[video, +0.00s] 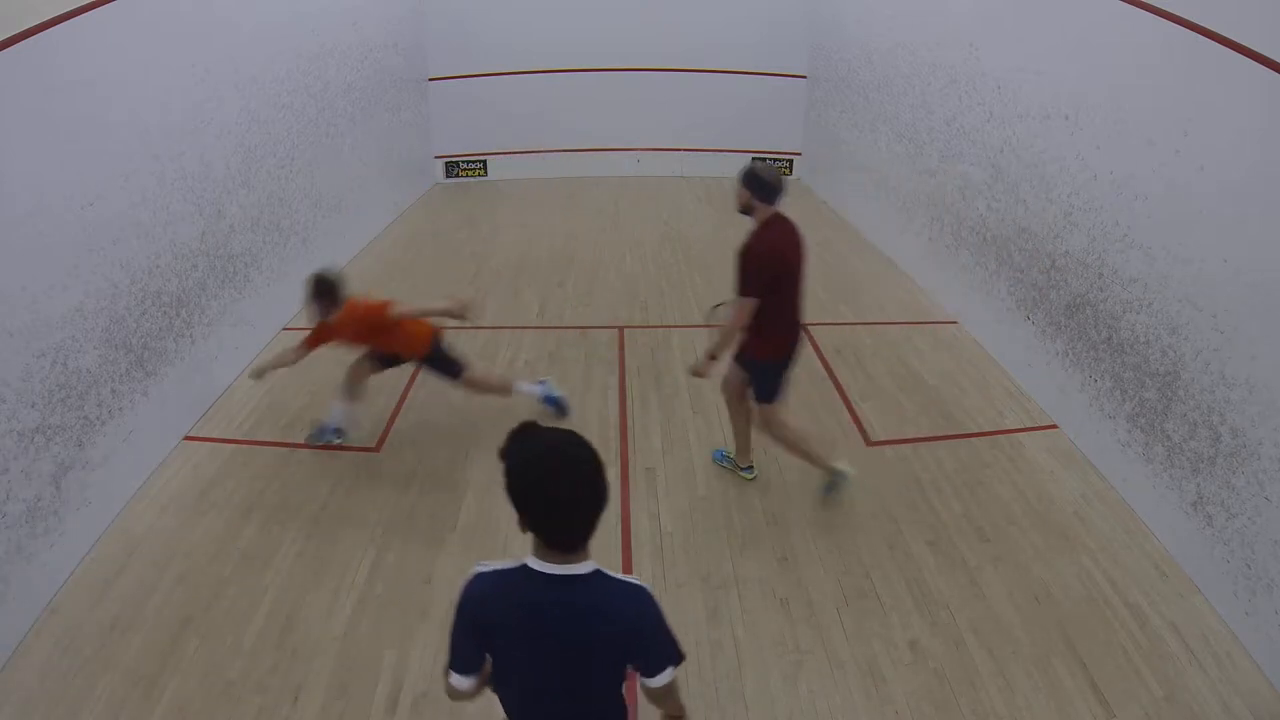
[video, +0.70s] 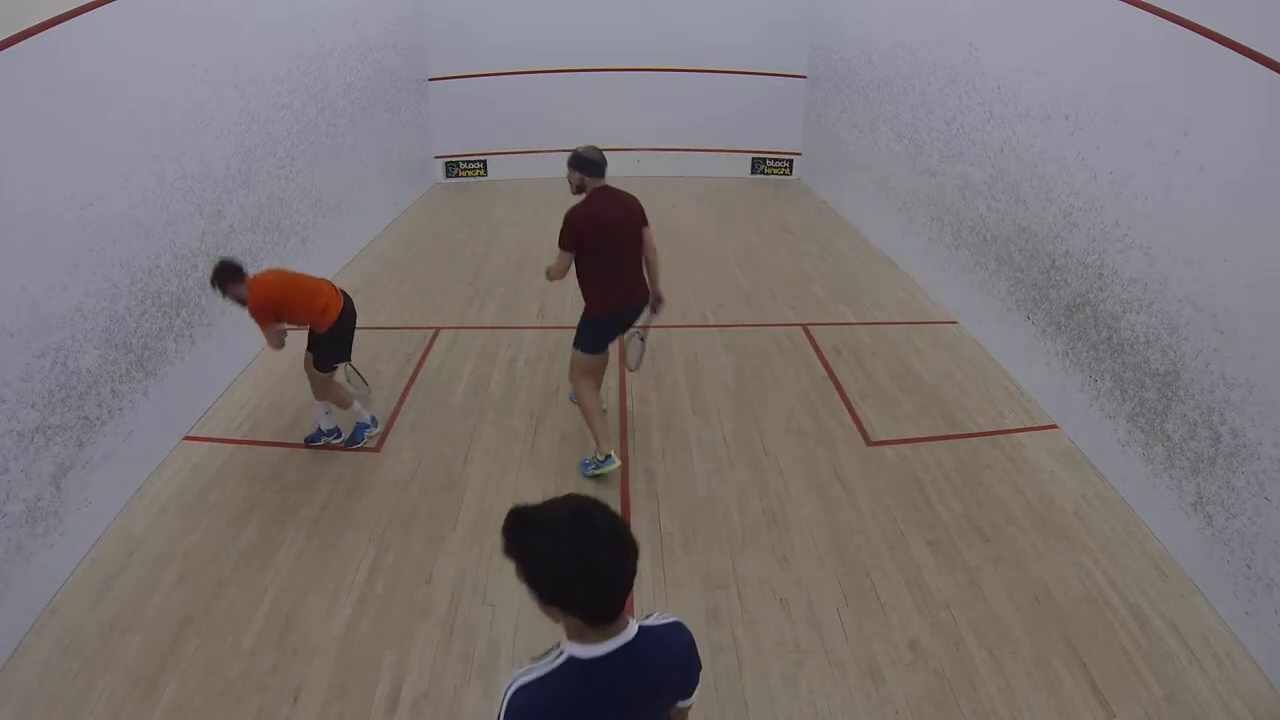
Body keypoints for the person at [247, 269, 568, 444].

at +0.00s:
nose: (311, 309)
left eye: (313, 303)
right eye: (312, 303)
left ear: (324, 302)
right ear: (327, 301)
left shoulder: (359, 312)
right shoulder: (326, 326)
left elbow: (406, 312)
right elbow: (296, 354)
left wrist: (448, 311)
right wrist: (265, 367)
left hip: (422, 342)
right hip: (394, 346)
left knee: (472, 381)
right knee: (357, 370)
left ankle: (540, 391)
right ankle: (338, 426)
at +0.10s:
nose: (274, 357)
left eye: (275, 355)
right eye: (273, 354)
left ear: (286, 353)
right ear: (291, 340)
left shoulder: (316, 357)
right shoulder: (303, 347)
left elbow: (372, 343)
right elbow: (275, 374)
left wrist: (404, 341)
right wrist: (243, 377)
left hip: (388, 358)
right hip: (371, 341)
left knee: (435, 400)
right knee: (318, 376)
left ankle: (502, 397)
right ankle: (325, 430)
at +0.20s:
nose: (264, 385)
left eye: (262, 381)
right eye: (260, 382)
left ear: (268, 374)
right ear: (270, 358)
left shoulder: (299, 369)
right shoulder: (287, 351)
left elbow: (329, 392)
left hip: (368, 348)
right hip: (356, 326)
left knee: (398, 401)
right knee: (306, 384)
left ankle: (464, 393)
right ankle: (328, 430)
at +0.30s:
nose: (262, 381)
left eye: (257, 379)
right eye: (257, 380)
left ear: (260, 372)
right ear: (261, 354)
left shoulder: (283, 367)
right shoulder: (280, 344)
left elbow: (306, 408)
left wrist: (312, 439)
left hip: (354, 343)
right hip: (347, 318)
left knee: (367, 393)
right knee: (307, 374)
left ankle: (427, 389)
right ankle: (329, 426)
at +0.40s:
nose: (251, 369)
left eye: (248, 366)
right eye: (247, 368)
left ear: (251, 360)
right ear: (254, 343)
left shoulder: (273, 362)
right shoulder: (269, 337)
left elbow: (285, 399)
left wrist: (284, 435)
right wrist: (316, 357)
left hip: (349, 334)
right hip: (339, 311)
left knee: (341, 387)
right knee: (301, 368)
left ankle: (396, 382)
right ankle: (327, 428)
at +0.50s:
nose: (241, 350)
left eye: (237, 346)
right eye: (237, 348)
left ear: (240, 341)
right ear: (246, 324)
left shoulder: (262, 344)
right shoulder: (265, 319)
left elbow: (274, 379)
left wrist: (271, 385)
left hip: (343, 328)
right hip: (339, 306)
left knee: (324, 384)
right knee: (304, 368)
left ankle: (373, 386)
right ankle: (328, 428)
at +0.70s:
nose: (229, 298)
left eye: (227, 291)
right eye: (225, 294)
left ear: (233, 285)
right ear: (242, 274)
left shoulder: (257, 303)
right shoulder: (265, 277)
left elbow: (277, 343)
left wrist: (276, 328)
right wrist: (277, 326)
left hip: (332, 321)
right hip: (336, 300)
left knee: (321, 383)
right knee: (310, 367)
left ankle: (367, 421)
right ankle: (328, 427)